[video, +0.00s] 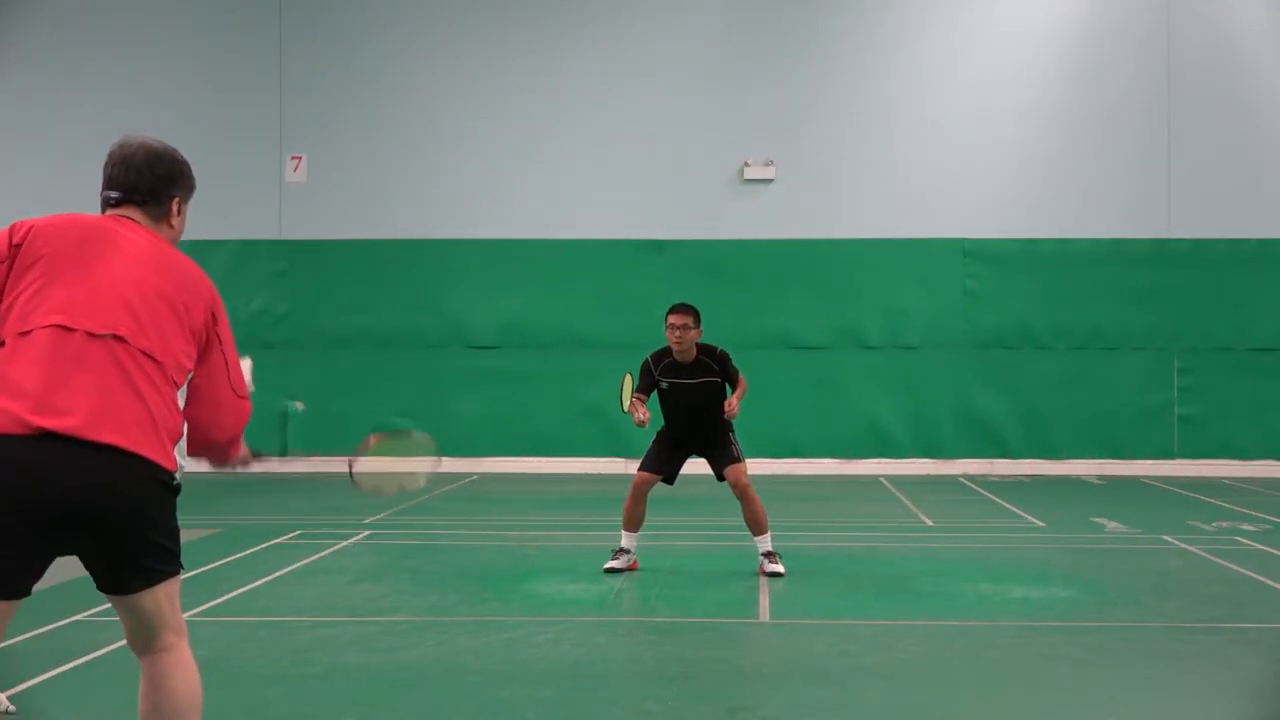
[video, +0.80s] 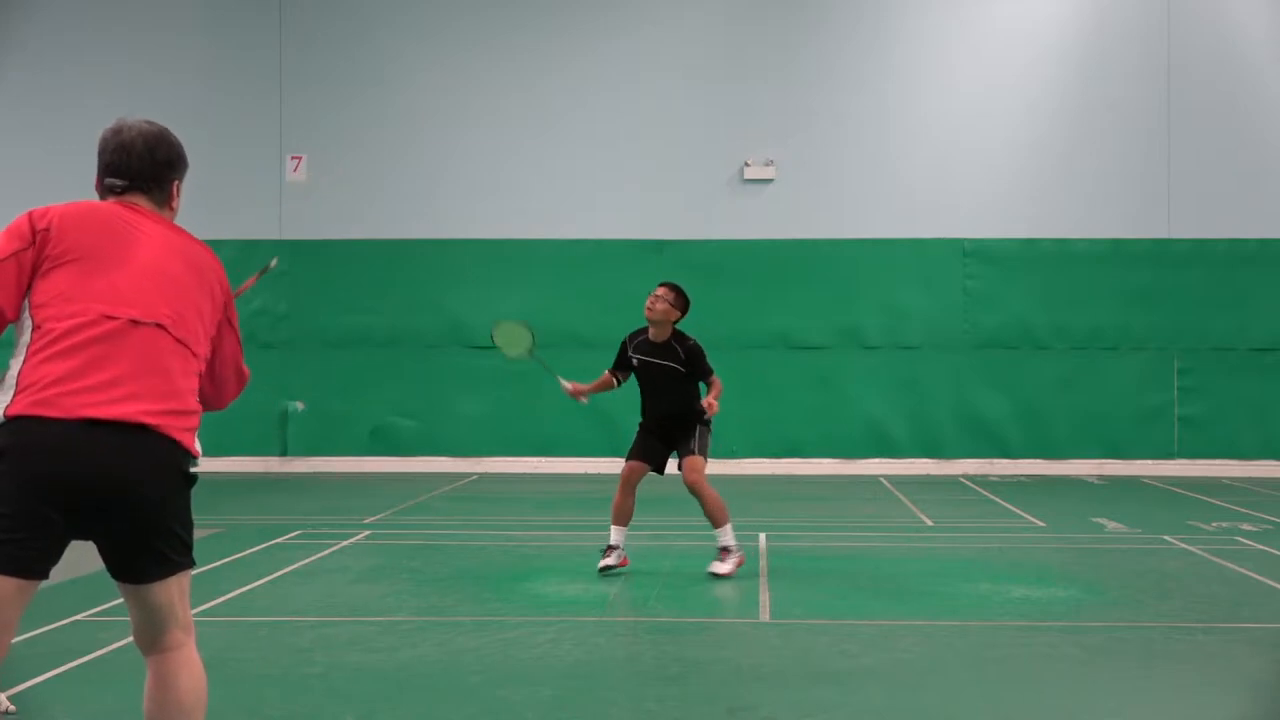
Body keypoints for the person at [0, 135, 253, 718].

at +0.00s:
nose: (187, 221)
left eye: (187, 208)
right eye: (188, 208)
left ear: (105, 199)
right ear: (175, 209)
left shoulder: (28, 235)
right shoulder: (195, 286)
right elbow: (216, 426)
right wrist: (227, 448)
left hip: (15, 458)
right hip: (128, 474)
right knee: (162, 644)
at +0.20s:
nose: (198, 227)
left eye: (199, 215)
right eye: (198, 215)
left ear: (117, 205)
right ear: (185, 216)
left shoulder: (46, 237)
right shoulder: (203, 290)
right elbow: (220, 423)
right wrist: (220, 467)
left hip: (22, 456)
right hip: (137, 475)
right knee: (164, 640)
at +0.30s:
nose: (201, 228)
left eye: (202, 216)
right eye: (201, 217)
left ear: (121, 205)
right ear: (189, 217)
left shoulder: (51, 238)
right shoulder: (207, 289)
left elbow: (0, 308)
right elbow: (217, 410)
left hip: (26, 456)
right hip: (141, 473)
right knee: (166, 639)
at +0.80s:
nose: (184, 194)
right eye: (183, 185)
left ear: (100, 184)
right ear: (174, 189)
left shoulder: (45, 224)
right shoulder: (205, 265)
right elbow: (221, 389)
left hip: (34, 446)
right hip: (148, 458)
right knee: (168, 643)